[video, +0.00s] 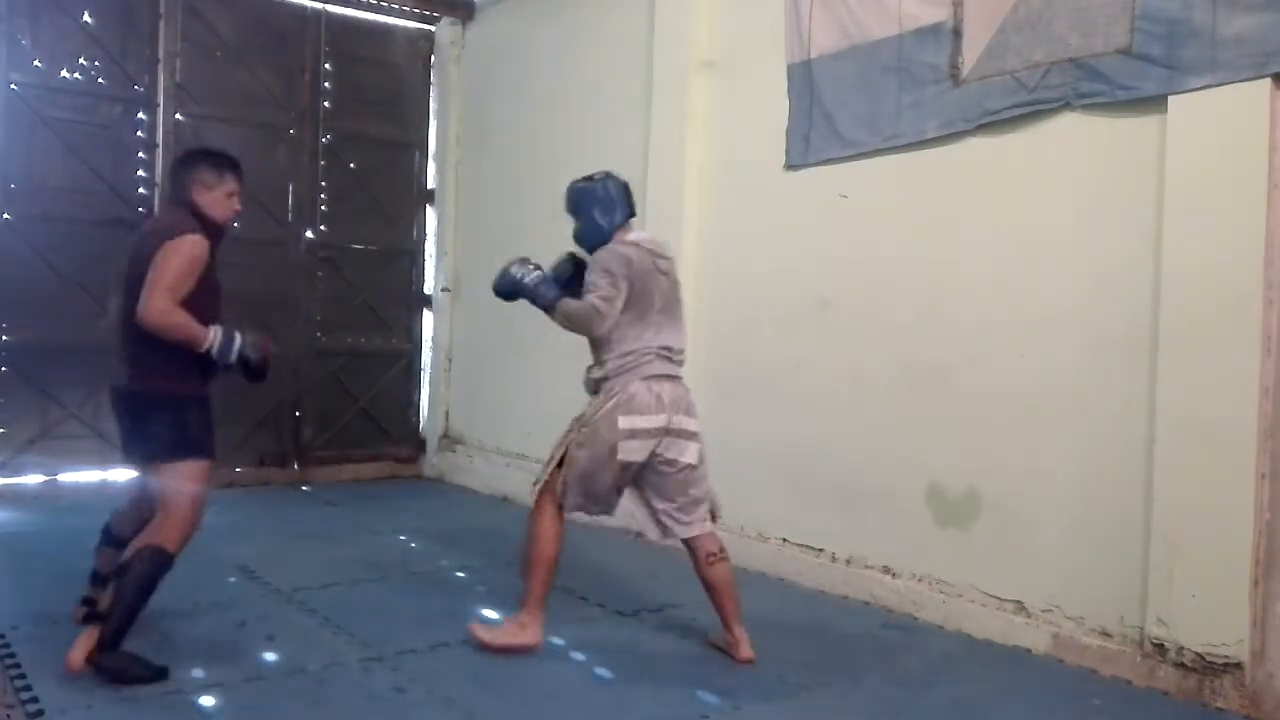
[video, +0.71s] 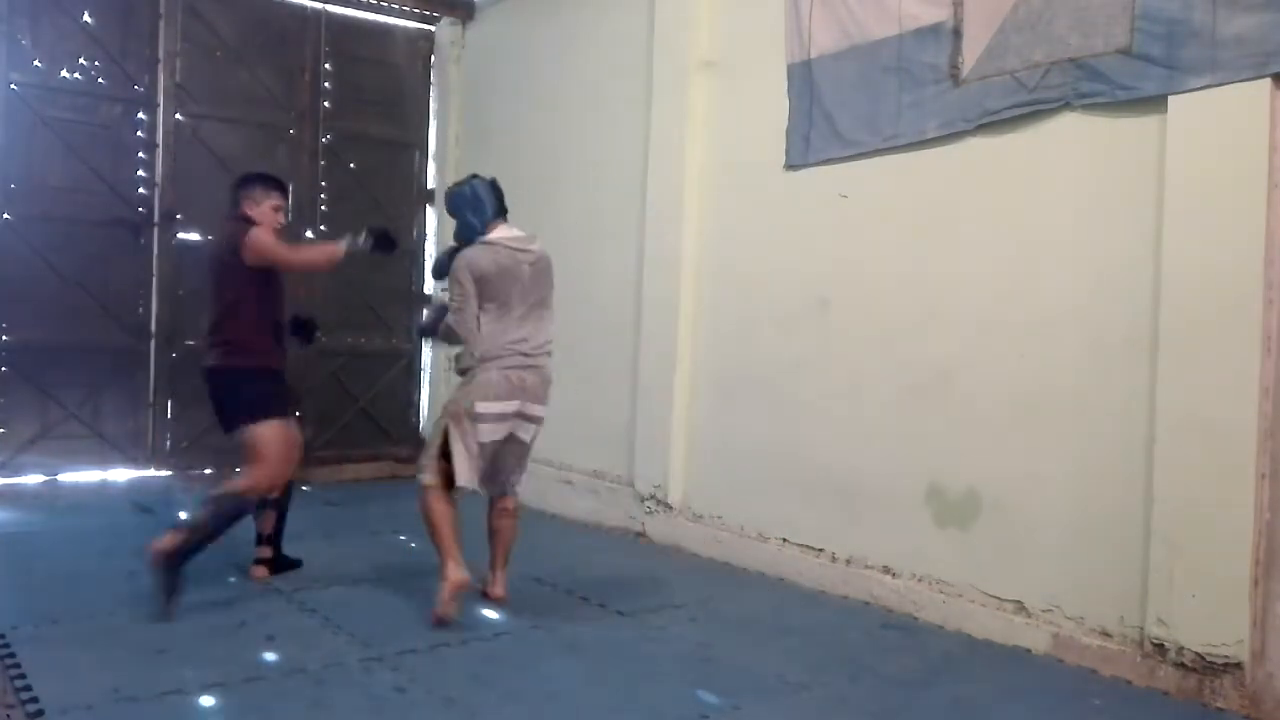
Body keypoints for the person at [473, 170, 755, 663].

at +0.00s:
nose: (574, 229)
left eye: (577, 219)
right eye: (572, 220)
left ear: (594, 218)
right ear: (628, 212)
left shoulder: (611, 258)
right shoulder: (661, 257)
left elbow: (593, 319)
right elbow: (631, 311)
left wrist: (540, 293)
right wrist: (578, 281)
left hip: (626, 403)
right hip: (676, 402)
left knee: (551, 498)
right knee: (696, 522)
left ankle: (528, 621)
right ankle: (737, 636)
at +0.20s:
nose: (510, 248)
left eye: (513, 236)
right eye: (509, 236)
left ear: (533, 235)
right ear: (558, 233)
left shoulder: (556, 276)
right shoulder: (595, 275)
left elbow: (576, 340)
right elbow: (583, 338)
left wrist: (513, 339)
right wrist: (528, 323)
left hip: (583, 412)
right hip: (626, 408)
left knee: (511, 502)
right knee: (663, 518)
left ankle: (486, 618)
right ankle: (730, 619)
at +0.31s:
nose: (473, 245)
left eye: (477, 233)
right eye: (473, 234)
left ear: (498, 232)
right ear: (522, 229)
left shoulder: (521, 274)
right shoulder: (565, 274)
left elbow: (531, 343)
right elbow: (547, 347)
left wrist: (477, 341)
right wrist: (487, 341)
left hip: (551, 407)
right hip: (595, 406)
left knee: (489, 501)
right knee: (625, 515)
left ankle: (484, 617)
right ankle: (699, 594)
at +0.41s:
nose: (457, 232)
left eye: (460, 221)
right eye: (456, 222)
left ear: (480, 219)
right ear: (508, 214)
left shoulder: (497, 261)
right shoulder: (551, 259)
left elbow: (483, 326)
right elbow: (513, 326)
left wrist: (436, 301)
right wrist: (452, 300)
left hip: (532, 392)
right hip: (579, 389)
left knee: (486, 499)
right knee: (582, 498)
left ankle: (484, 617)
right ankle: (637, 579)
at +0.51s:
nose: (454, 221)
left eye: (455, 211)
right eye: (452, 212)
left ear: (473, 207)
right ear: (502, 202)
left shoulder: (479, 249)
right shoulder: (544, 248)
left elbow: (445, 309)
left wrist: (414, 267)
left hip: (515, 382)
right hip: (563, 380)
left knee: (483, 495)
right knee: (548, 482)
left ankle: (483, 610)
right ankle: (577, 585)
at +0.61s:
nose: (454, 218)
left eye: (455, 208)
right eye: (453, 209)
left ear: (468, 207)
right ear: (501, 200)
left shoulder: (475, 248)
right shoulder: (543, 246)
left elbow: (449, 310)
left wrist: (417, 272)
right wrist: (444, 265)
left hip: (510, 382)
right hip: (558, 380)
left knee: (481, 497)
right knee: (538, 484)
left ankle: (482, 609)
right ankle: (553, 585)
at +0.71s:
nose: (454, 224)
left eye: (455, 216)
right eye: (452, 216)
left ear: (467, 217)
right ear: (501, 209)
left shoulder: (469, 262)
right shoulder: (538, 255)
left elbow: (464, 332)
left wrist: (434, 322)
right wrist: (459, 260)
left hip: (489, 383)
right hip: (536, 381)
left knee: (435, 477)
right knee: (505, 486)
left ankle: (453, 568)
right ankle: (498, 580)